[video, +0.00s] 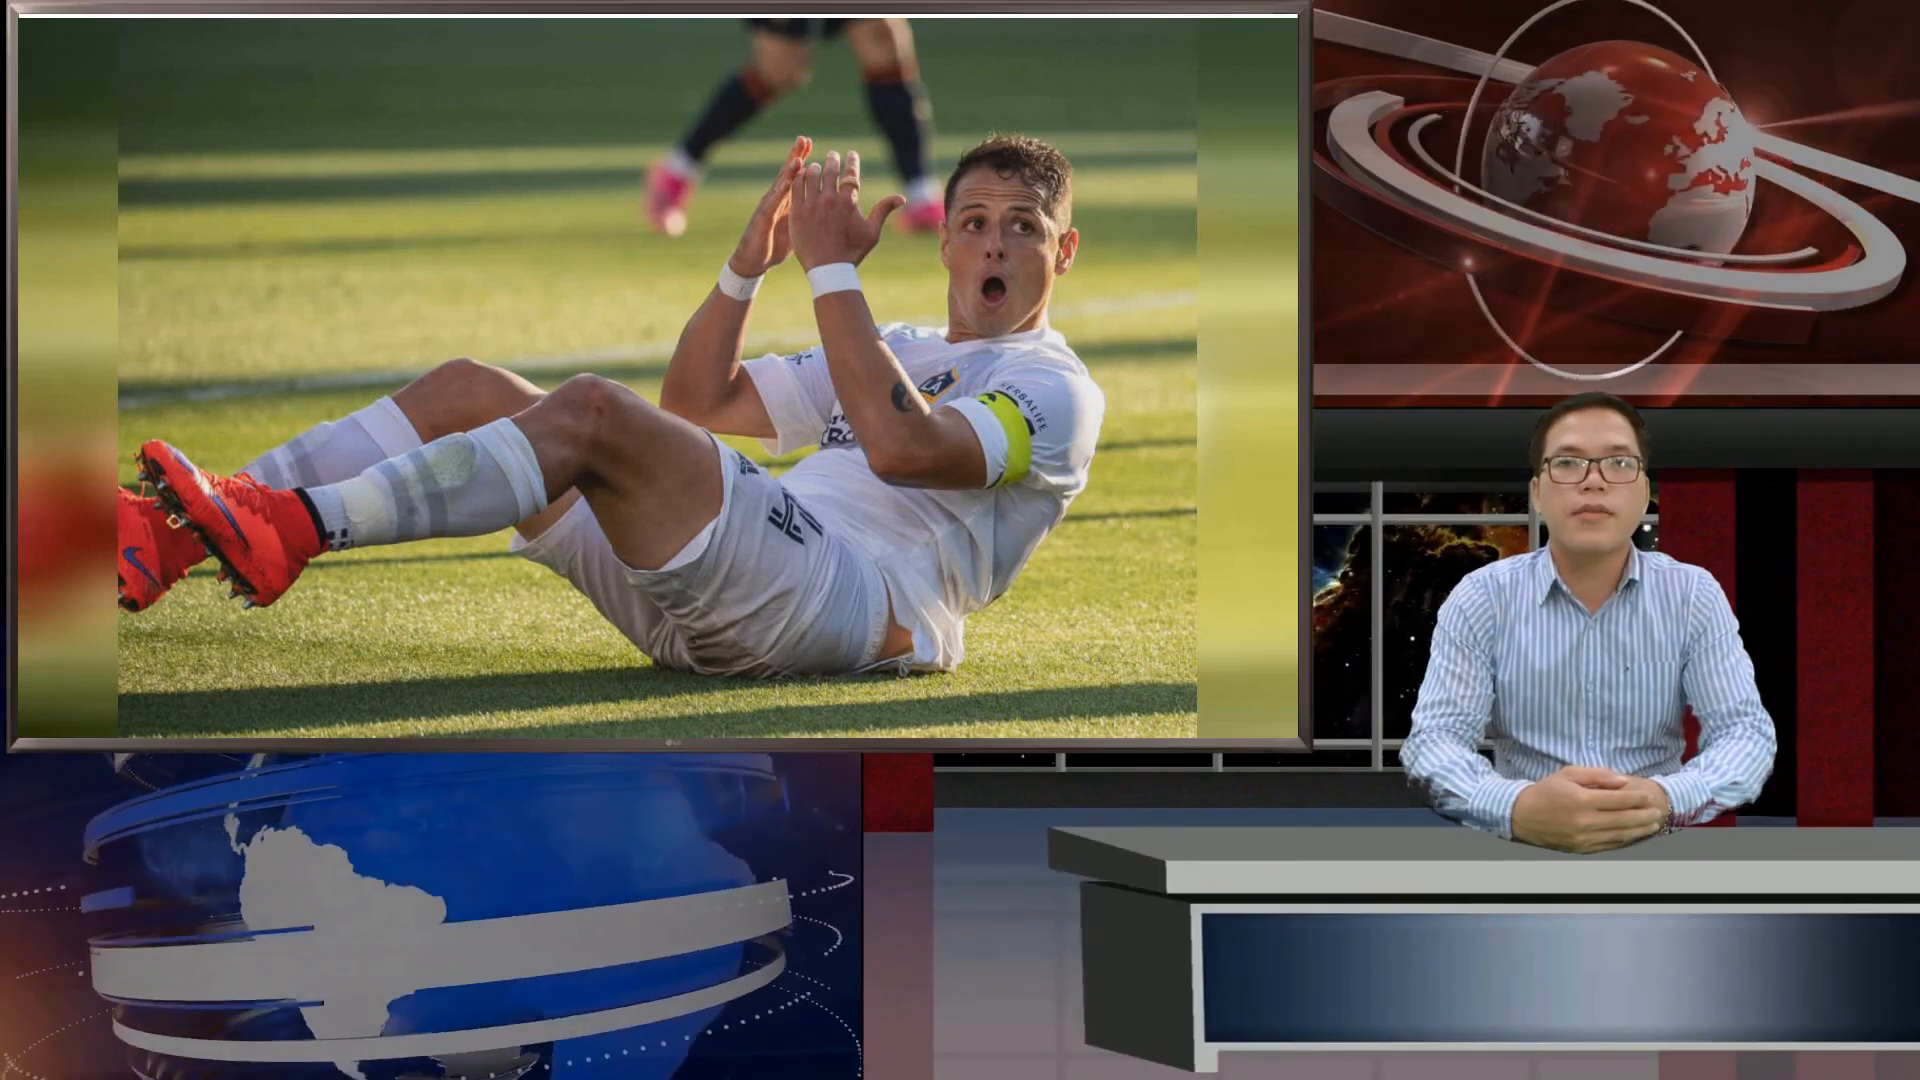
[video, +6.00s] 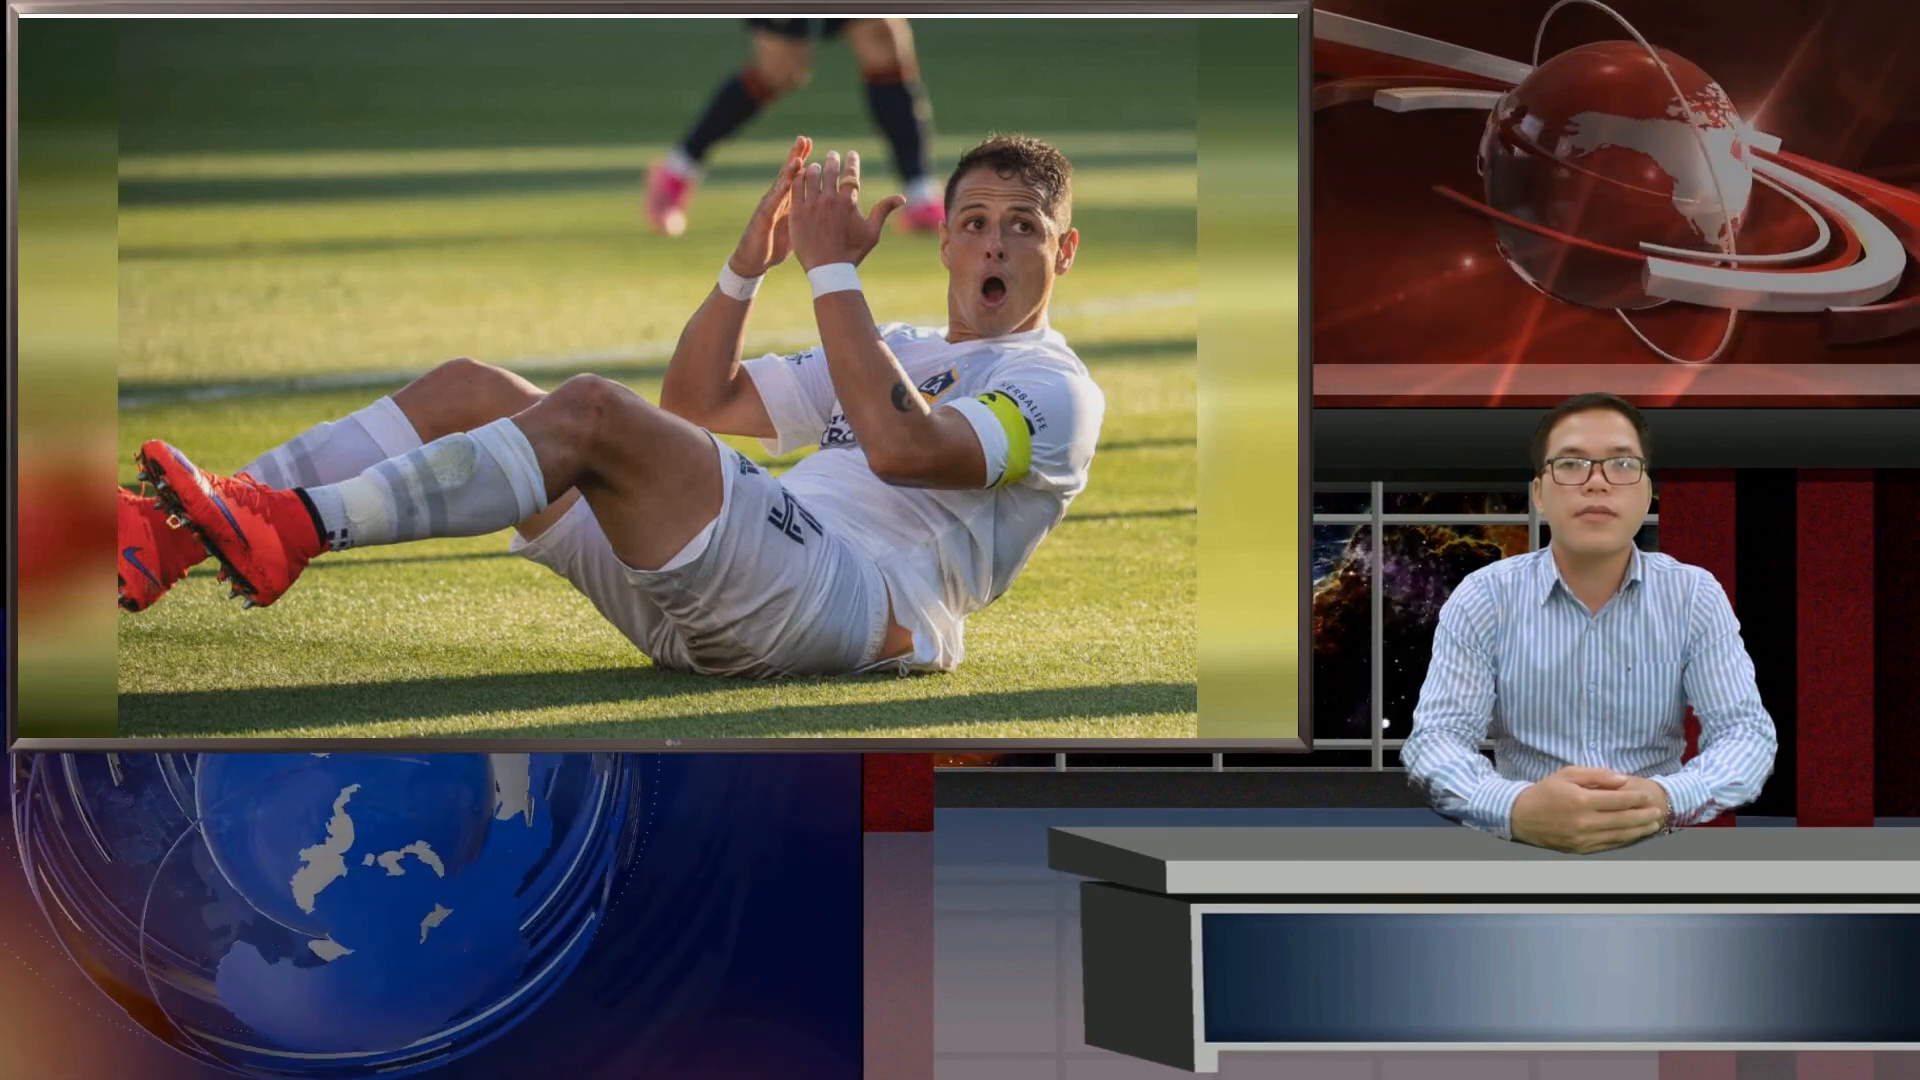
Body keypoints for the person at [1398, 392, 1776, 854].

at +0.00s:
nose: (1593, 481)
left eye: (1617, 463)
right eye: (1568, 463)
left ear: (1645, 493)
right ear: (1537, 494)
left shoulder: (1689, 597)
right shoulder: (1483, 600)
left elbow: (1745, 734)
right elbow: (1432, 745)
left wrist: (1667, 800)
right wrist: (1514, 809)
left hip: (1656, 852)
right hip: (1520, 856)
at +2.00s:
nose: (1595, 482)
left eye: (1619, 464)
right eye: (1569, 464)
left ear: (1646, 495)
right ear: (1538, 495)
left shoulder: (1690, 598)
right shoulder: (1484, 601)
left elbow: (1744, 735)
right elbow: (1432, 745)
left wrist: (1667, 800)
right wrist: (1515, 809)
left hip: (1656, 852)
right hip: (1519, 855)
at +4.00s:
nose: (1596, 483)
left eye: (1620, 464)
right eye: (1570, 464)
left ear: (1647, 495)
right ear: (1539, 496)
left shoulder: (1691, 598)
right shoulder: (1484, 601)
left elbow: (1745, 735)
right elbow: (1434, 744)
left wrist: (1667, 799)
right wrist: (1514, 809)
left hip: (1656, 852)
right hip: (1519, 856)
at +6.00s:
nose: (1596, 483)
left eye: (1620, 464)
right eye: (1571, 464)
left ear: (1647, 495)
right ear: (1539, 496)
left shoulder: (1691, 598)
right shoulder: (1484, 600)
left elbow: (1745, 735)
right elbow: (1434, 744)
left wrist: (1667, 799)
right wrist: (1514, 809)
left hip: (1657, 853)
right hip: (1520, 857)